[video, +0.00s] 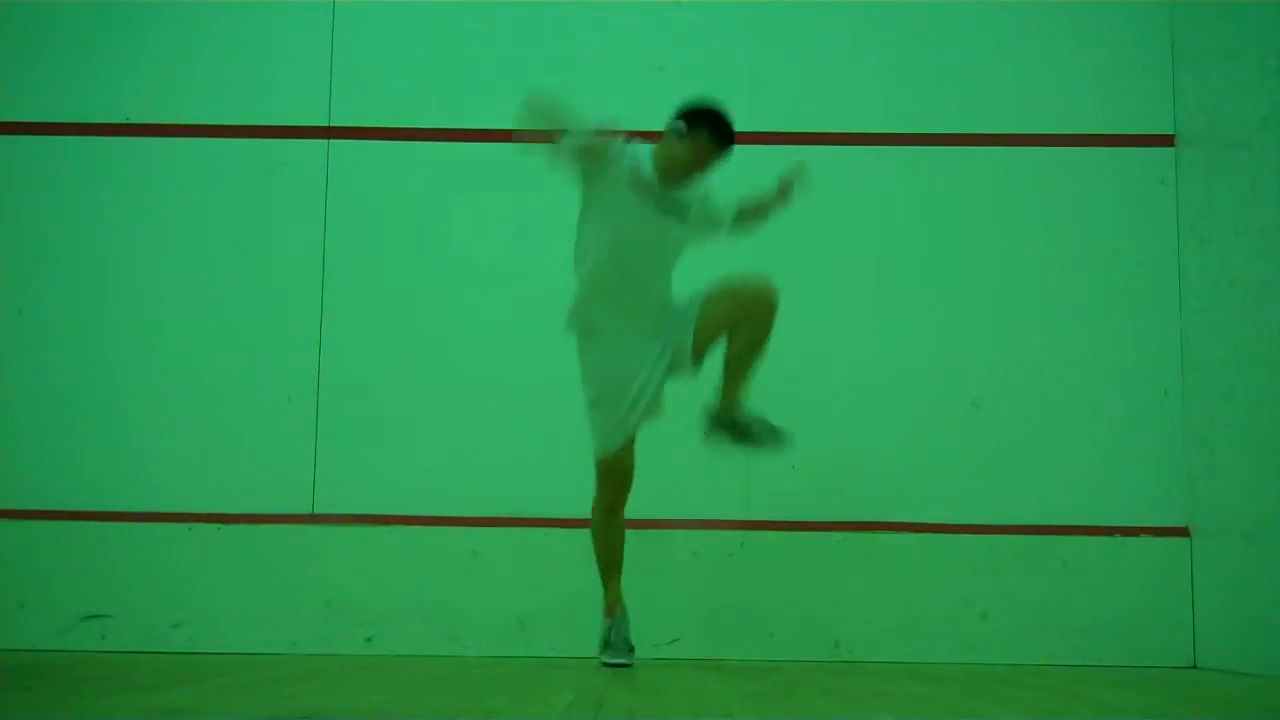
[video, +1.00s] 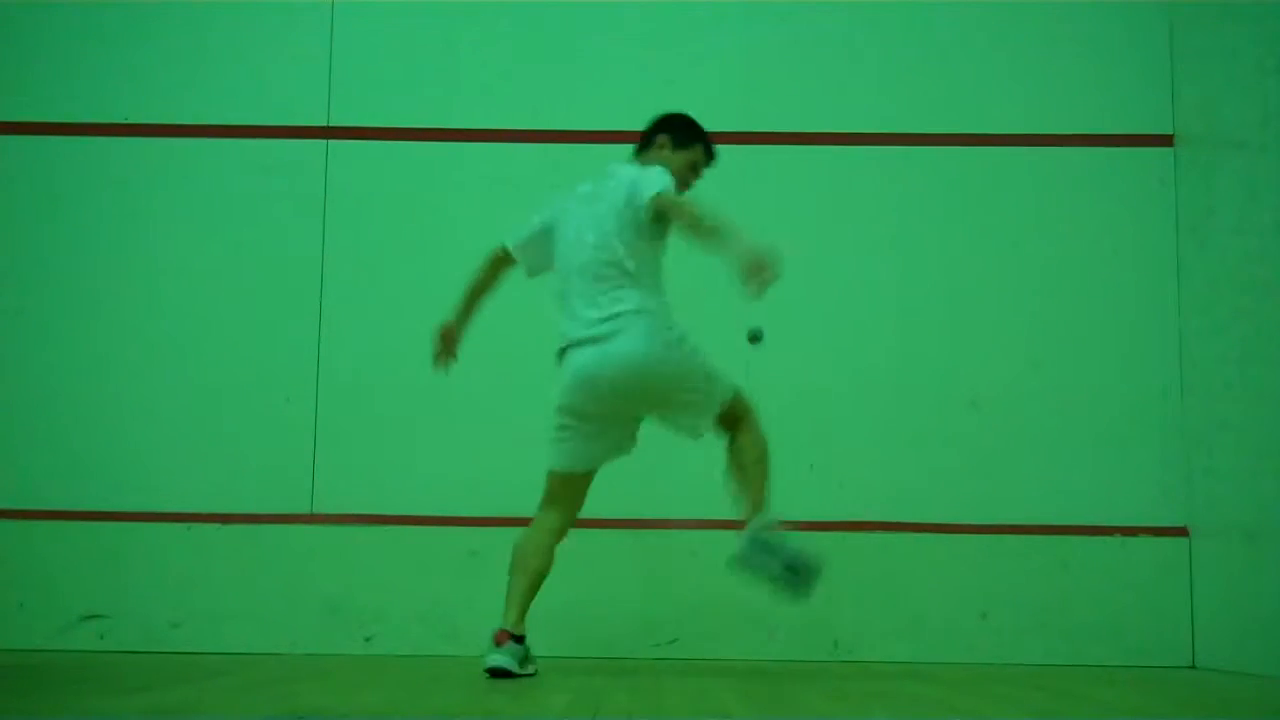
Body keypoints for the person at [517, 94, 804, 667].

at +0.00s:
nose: (695, 170)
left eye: (707, 163)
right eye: (695, 155)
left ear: (709, 162)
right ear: (671, 134)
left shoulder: (689, 203)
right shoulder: (611, 162)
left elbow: (733, 219)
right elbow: (537, 129)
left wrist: (775, 199)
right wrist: (558, 128)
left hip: (663, 331)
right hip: (609, 338)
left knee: (757, 297)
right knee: (614, 479)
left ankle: (728, 413)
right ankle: (614, 611)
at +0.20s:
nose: (697, 105)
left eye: (710, 99)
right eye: (694, 90)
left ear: (722, 95)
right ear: (674, 66)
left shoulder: (724, 118)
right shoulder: (639, 94)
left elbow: (793, 135)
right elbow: (608, 97)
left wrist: (875, 168)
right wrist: (604, 103)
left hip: (663, 266)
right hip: (623, 263)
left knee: (726, 388)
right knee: (712, 324)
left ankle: (605, 389)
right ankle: (676, 449)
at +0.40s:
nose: (744, 167)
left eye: (756, 161)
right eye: (741, 151)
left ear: (765, 160)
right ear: (719, 131)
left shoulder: (746, 198)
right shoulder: (683, 166)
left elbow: (812, 237)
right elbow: (644, 179)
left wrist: (894, 284)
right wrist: (640, 173)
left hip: (650, 343)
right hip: (644, 330)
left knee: (682, 487)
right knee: (756, 386)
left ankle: (598, 585)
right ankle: (703, 534)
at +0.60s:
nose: (776, 267)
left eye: (788, 261)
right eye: (776, 251)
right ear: (748, 223)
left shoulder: (741, 299)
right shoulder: (702, 261)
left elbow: (775, 342)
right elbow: (642, 292)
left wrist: (817, 390)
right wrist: (586, 321)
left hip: (601, 422)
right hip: (648, 400)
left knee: (685, 536)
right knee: (749, 503)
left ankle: (680, 533)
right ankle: (693, 640)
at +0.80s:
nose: (743, 217)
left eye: (752, 210)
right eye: (746, 202)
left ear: (715, 177)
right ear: (720, 175)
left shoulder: (660, 214)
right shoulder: (683, 208)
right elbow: (666, 263)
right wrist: (681, 325)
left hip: (581, 372)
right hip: (626, 363)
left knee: (658, 508)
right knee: (709, 486)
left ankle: (576, 507)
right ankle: (688, 637)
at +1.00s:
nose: (690, 182)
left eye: (696, 173)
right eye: (690, 168)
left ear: (647, 146)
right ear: (661, 144)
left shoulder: (572, 202)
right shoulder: (646, 178)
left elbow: (501, 258)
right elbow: (679, 212)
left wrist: (455, 323)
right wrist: (741, 249)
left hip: (584, 367)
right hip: (649, 348)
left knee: (555, 508)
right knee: (738, 416)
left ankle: (509, 635)